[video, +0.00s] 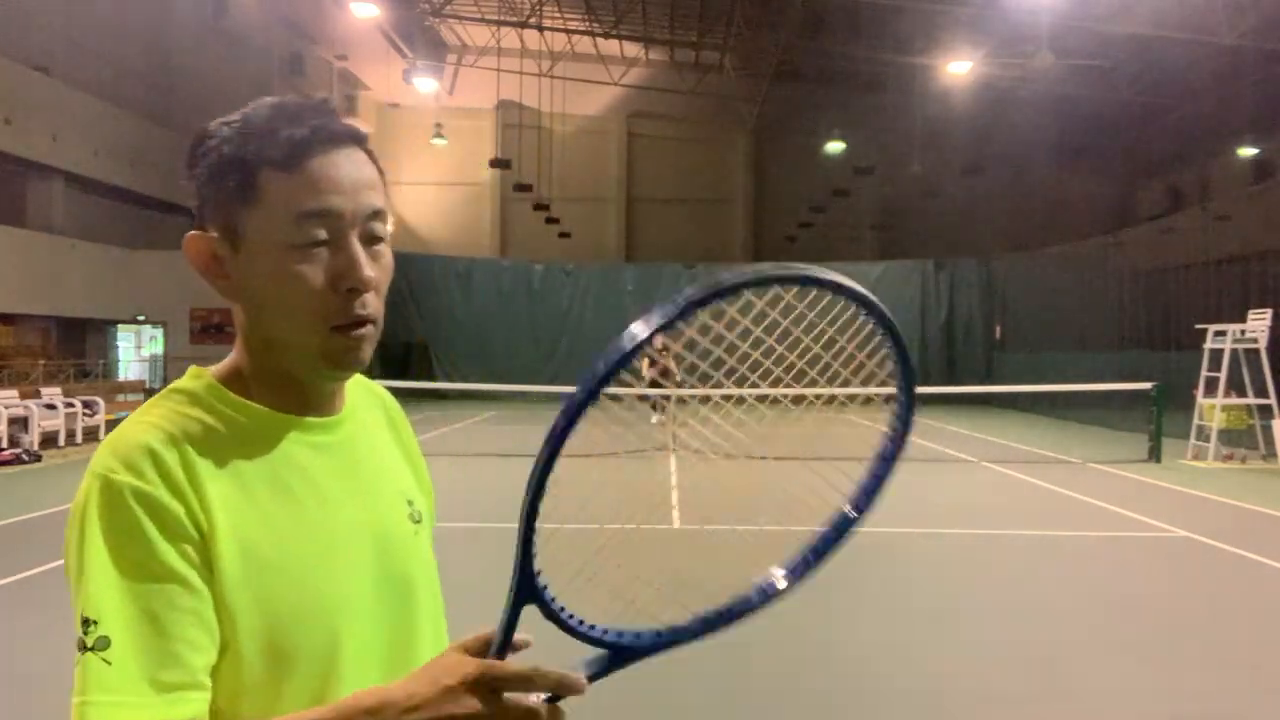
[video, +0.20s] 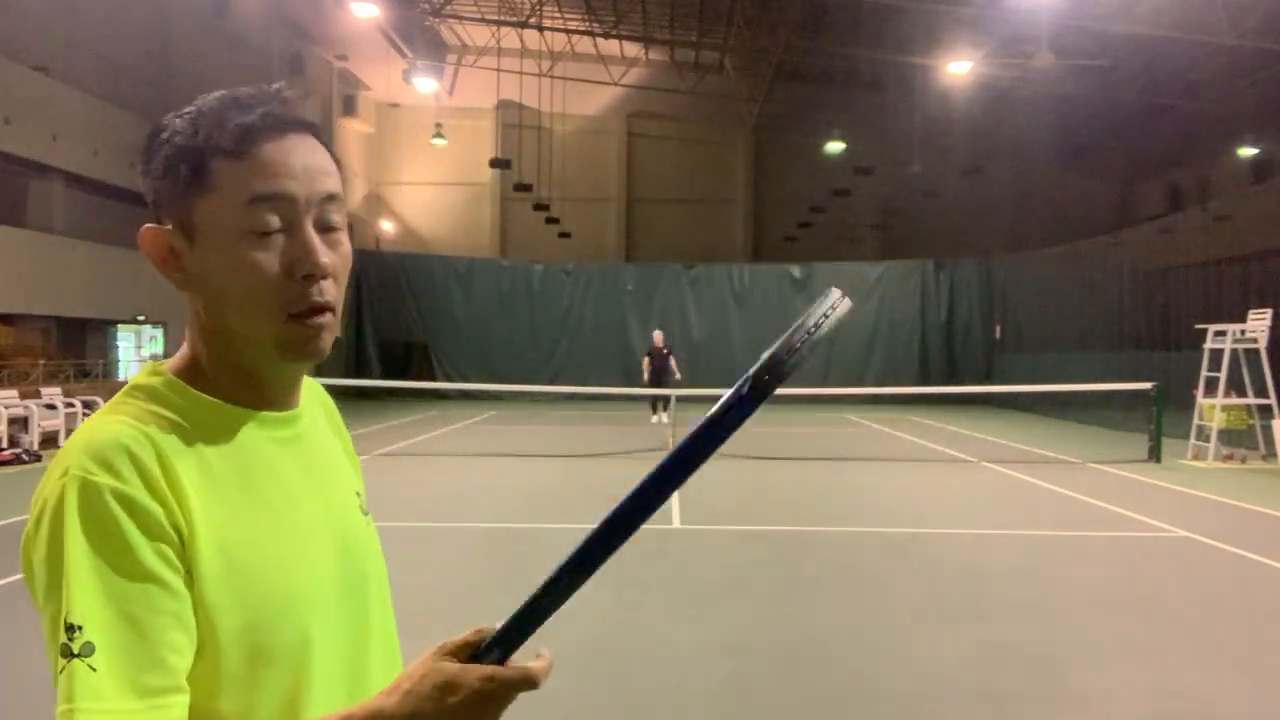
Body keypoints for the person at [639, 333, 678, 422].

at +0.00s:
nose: (658, 342)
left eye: (660, 340)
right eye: (656, 340)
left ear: (663, 341)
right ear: (652, 342)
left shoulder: (666, 354)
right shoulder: (649, 355)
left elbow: (671, 364)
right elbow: (645, 366)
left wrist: (677, 374)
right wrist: (646, 375)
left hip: (665, 378)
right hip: (653, 378)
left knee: (665, 396)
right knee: (654, 395)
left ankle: (662, 414)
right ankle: (655, 413)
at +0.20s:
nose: (658, 340)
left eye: (660, 337)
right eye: (656, 337)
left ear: (663, 338)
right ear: (653, 339)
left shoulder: (667, 350)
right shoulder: (651, 351)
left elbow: (672, 362)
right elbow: (646, 363)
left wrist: (676, 372)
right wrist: (646, 374)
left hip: (665, 376)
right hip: (654, 376)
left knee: (667, 395)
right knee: (654, 395)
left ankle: (665, 412)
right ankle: (654, 413)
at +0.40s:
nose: (661, 342)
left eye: (662, 340)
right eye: (659, 340)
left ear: (665, 340)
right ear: (655, 341)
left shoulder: (669, 352)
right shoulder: (653, 354)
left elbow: (674, 362)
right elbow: (647, 364)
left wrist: (675, 371)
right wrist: (647, 375)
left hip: (667, 376)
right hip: (656, 376)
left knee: (668, 394)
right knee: (655, 395)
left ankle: (667, 413)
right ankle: (654, 413)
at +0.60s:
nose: (664, 340)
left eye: (666, 338)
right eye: (662, 338)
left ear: (669, 339)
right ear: (658, 339)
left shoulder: (672, 349)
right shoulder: (655, 349)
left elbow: (676, 360)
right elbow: (650, 362)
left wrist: (679, 369)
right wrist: (650, 372)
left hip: (669, 373)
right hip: (658, 373)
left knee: (668, 393)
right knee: (656, 393)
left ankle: (666, 412)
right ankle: (656, 411)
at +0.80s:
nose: (665, 341)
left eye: (667, 339)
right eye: (663, 339)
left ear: (669, 340)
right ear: (660, 340)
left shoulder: (671, 352)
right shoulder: (657, 352)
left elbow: (678, 362)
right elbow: (651, 361)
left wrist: (681, 372)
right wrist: (652, 370)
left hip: (670, 374)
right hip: (660, 374)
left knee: (669, 393)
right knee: (660, 392)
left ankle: (666, 412)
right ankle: (659, 409)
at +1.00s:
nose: (664, 342)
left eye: (665, 339)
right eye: (661, 340)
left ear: (669, 340)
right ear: (658, 341)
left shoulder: (672, 352)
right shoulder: (655, 353)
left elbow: (677, 364)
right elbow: (651, 364)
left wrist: (676, 369)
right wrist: (653, 370)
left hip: (670, 374)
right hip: (659, 374)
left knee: (669, 392)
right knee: (661, 391)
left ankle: (668, 410)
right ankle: (662, 410)